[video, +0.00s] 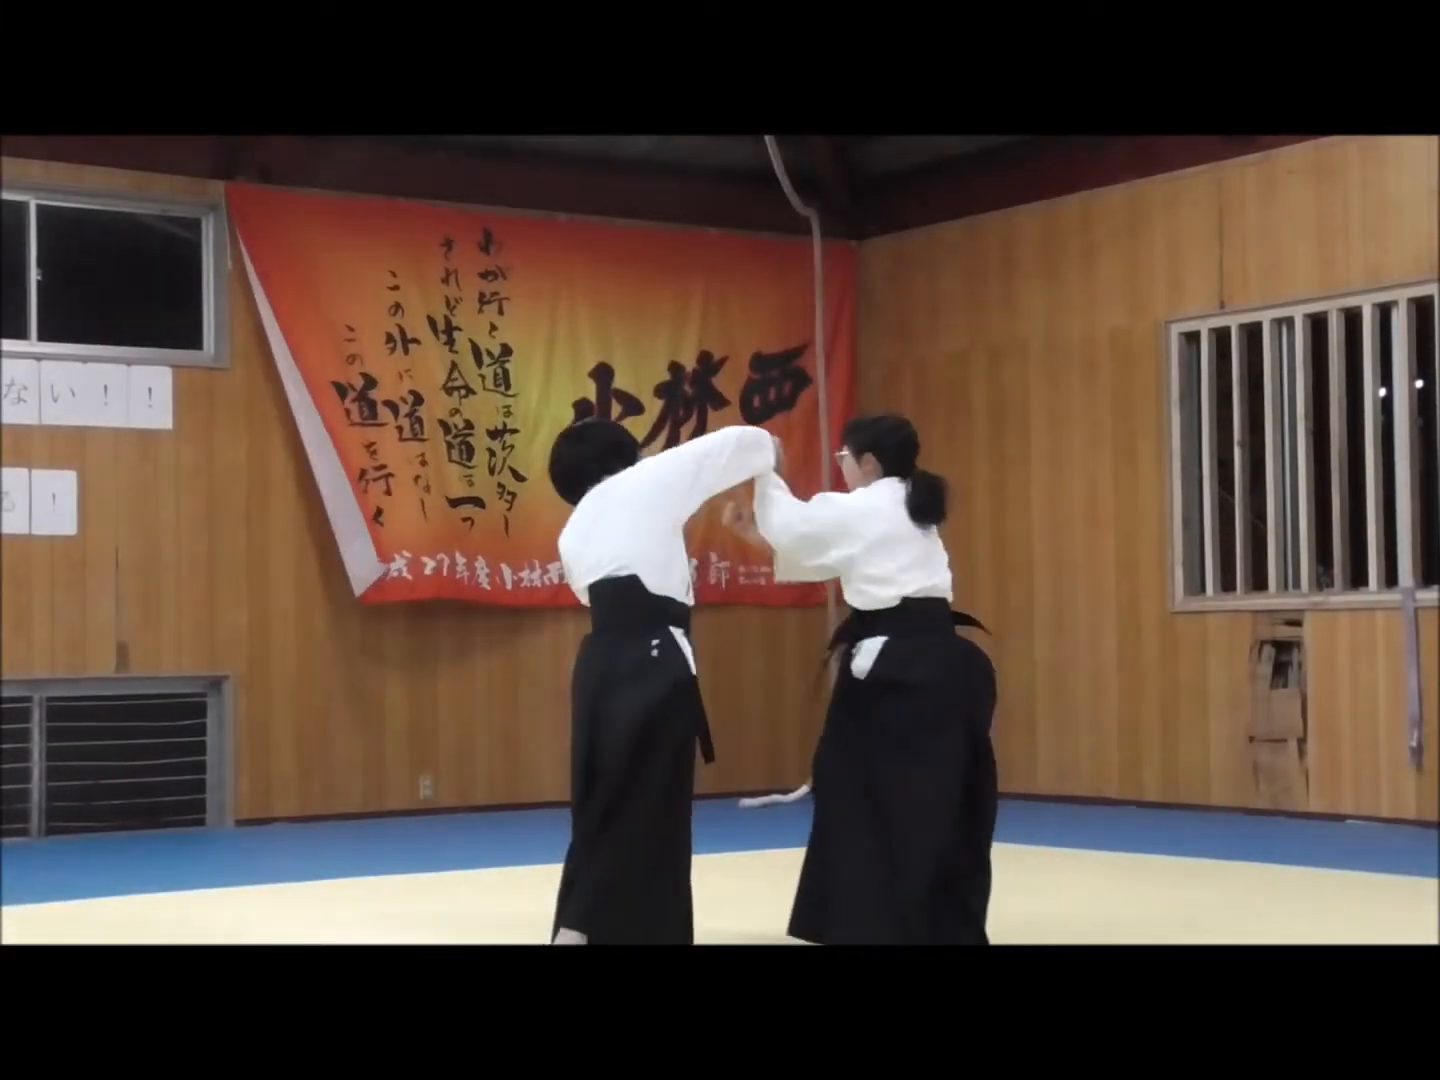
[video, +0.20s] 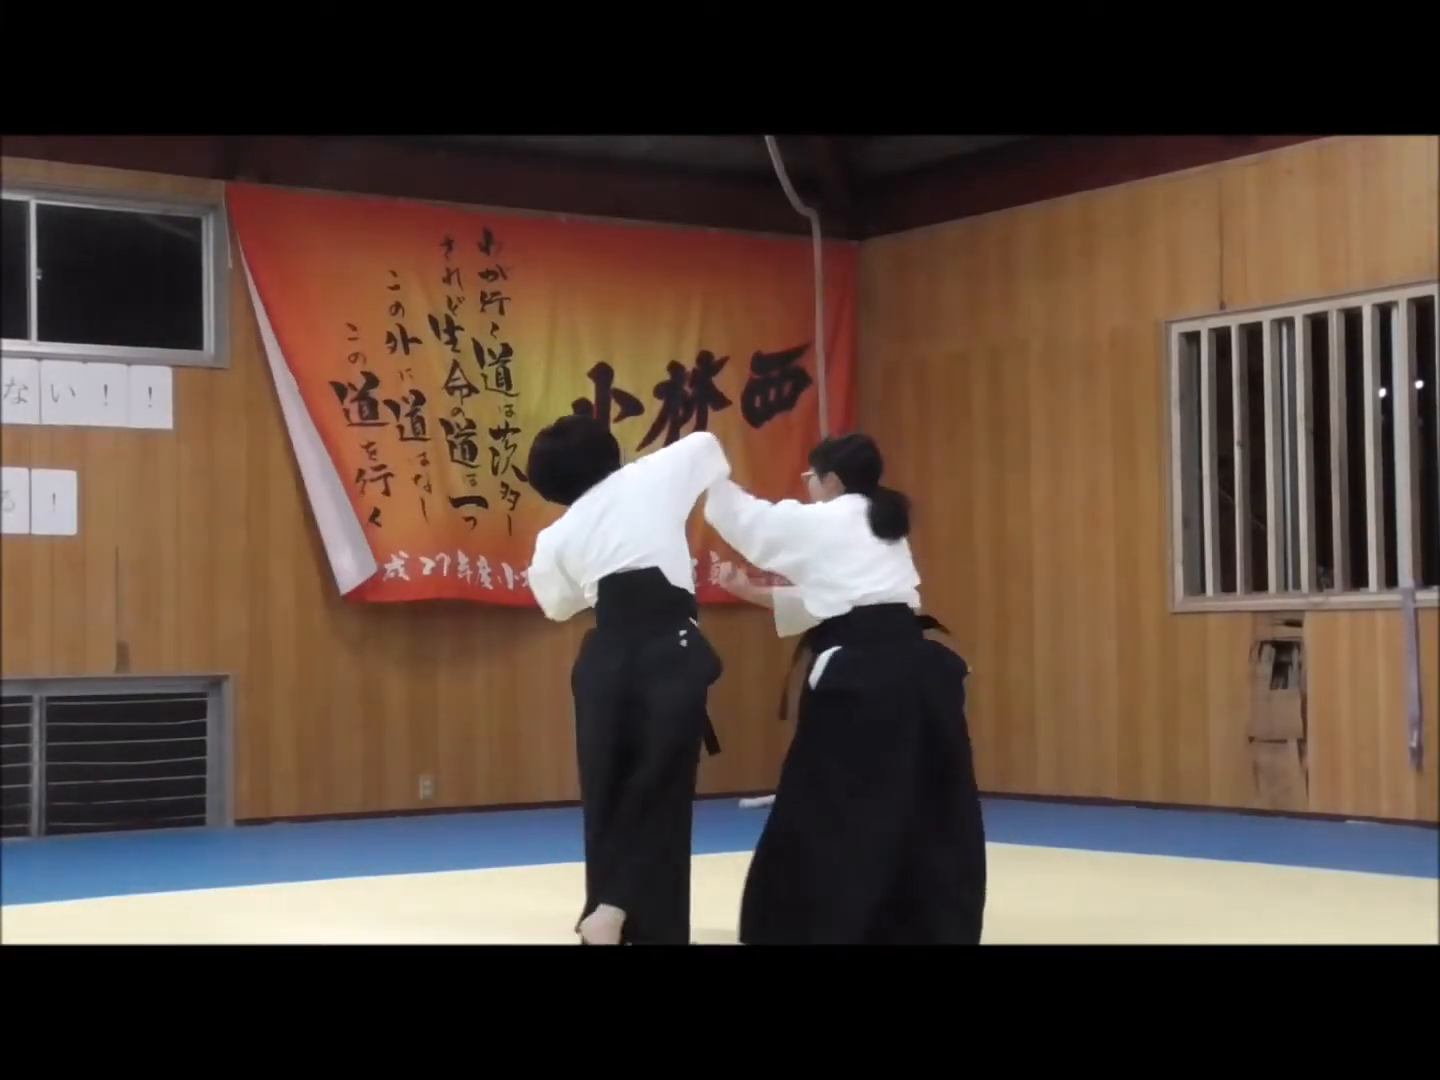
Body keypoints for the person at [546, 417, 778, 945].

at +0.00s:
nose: (639, 451)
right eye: (631, 446)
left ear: (570, 483)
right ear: (623, 454)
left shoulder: (573, 531)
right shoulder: (651, 478)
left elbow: (601, 597)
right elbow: (752, 442)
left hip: (597, 661)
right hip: (654, 658)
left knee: (599, 808)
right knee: (643, 812)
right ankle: (574, 929)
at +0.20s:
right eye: (603, 434)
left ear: (553, 489)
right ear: (611, 451)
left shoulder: (555, 540)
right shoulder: (652, 475)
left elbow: (559, 607)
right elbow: (705, 443)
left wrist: (609, 576)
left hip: (604, 653)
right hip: (671, 642)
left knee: (604, 790)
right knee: (658, 779)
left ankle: (617, 925)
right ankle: (608, 914)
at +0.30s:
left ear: (551, 489)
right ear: (607, 454)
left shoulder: (551, 539)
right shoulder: (665, 473)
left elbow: (530, 614)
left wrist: (582, 576)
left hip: (611, 656)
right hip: (685, 645)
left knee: (610, 789)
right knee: (683, 779)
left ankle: (607, 929)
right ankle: (648, 915)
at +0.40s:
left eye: (541, 484)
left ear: (548, 494)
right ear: (609, 469)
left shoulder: (549, 543)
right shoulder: (648, 495)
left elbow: (513, 633)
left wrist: (553, 598)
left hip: (623, 660)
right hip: (697, 651)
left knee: (617, 796)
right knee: (693, 791)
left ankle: (613, 928)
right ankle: (683, 925)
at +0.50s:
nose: (538, 526)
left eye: (538, 517)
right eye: (538, 517)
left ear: (549, 522)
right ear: (606, 508)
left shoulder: (553, 562)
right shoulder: (637, 540)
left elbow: (492, 639)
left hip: (625, 680)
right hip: (699, 672)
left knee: (624, 818)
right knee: (704, 809)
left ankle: (626, 931)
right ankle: (704, 930)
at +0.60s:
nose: (513, 567)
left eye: (513, 558)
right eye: (513, 559)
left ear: (522, 558)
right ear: (580, 546)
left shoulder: (534, 586)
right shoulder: (608, 575)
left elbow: (492, 639)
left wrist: (482, 706)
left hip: (617, 684)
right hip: (684, 676)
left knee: (601, 800)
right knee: (685, 800)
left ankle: (591, 913)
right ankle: (690, 918)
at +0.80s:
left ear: (441, 694)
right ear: (469, 670)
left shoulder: (447, 700)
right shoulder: (508, 668)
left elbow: (444, 743)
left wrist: (465, 809)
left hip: (554, 685)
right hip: (628, 673)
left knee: (551, 821)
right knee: (653, 802)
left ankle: (566, 931)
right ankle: (690, 930)